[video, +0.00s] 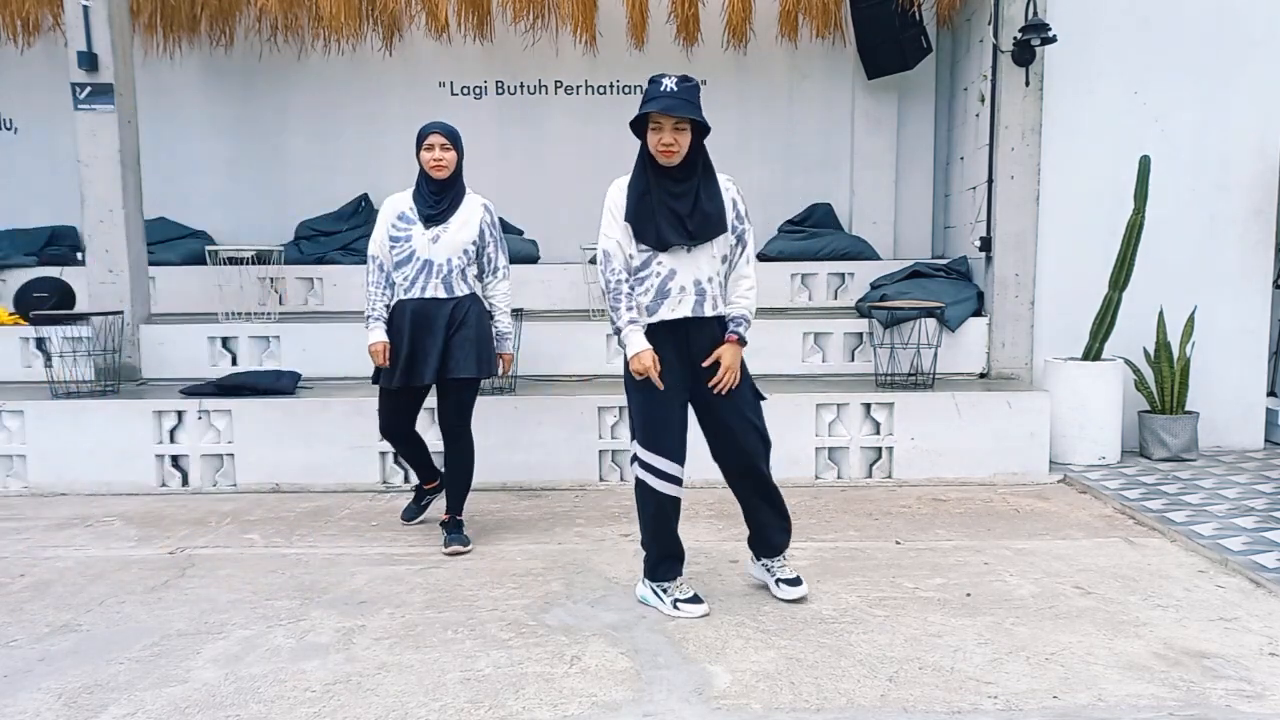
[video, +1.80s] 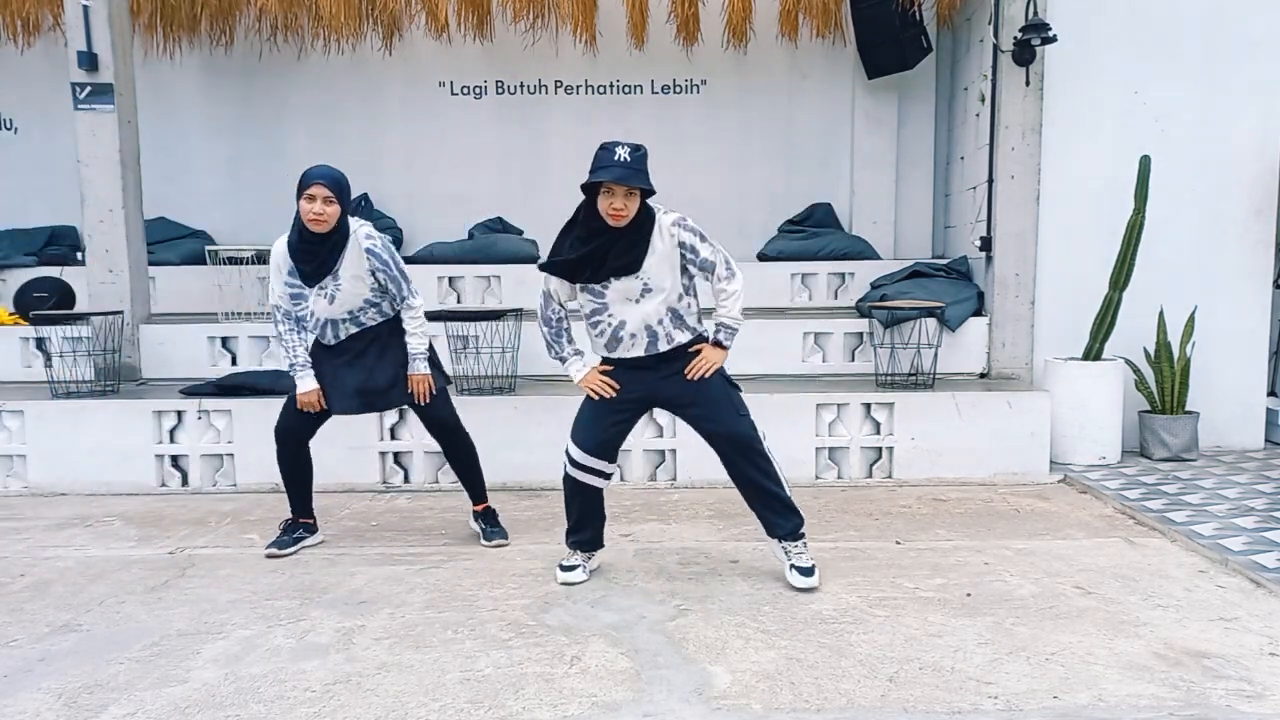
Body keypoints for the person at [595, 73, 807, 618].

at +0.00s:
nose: (668, 138)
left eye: (680, 128)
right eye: (659, 127)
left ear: (696, 132)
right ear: (643, 131)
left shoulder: (723, 191)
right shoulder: (624, 194)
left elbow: (744, 269)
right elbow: (614, 277)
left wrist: (736, 338)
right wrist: (635, 341)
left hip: (714, 337)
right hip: (653, 341)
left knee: (749, 446)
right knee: (659, 461)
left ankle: (770, 554)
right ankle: (660, 578)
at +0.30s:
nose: (710, 148)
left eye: (719, 137)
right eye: (705, 138)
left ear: (750, 136)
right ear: (702, 138)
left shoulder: (796, 193)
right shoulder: (699, 194)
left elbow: (818, 273)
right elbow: (685, 277)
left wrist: (789, 341)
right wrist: (713, 338)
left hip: (776, 342)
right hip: (712, 341)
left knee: (783, 460)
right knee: (697, 458)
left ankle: (797, 563)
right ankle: (678, 571)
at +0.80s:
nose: (766, 169)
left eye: (777, 158)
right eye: (757, 158)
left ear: (793, 163)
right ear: (741, 161)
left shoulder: (812, 221)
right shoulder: (713, 213)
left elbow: (826, 292)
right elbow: (685, 287)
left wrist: (784, 348)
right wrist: (708, 354)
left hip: (774, 352)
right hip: (710, 347)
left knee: (791, 453)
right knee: (663, 443)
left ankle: (800, 562)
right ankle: (621, 539)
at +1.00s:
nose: (711, 223)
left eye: (721, 212)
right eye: (700, 212)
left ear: (737, 214)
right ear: (687, 216)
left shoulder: (759, 267)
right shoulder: (664, 267)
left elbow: (782, 335)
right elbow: (642, 339)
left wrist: (739, 384)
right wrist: (670, 399)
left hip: (738, 392)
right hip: (671, 391)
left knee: (776, 465)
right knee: (620, 461)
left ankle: (799, 564)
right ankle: (583, 548)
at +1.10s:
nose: (658, 220)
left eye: (668, 209)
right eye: (648, 210)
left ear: (684, 211)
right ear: (634, 213)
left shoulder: (712, 255)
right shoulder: (616, 267)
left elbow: (747, 322)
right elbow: (612, 343)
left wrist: (714, 383)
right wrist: (647, 398)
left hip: (714, 387)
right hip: (647, 391)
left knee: (756, 462)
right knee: (600, 465)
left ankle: (796, 562)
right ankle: (584, 549)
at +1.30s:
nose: (599, 175)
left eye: (609, 164)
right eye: (589, 164)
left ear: (624, 165)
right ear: (574, 166)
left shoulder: (656, 207)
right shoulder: (566, 232)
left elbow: (691, 273)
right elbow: (573, 309)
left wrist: (683, 345)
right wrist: (608, 359)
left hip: (676, 346)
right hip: (613, 356)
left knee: (733, 441)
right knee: (588, 455)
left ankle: (797, 534)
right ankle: (581, 548)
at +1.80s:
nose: (617, 204)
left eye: (628, 194)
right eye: (608, 193)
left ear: (643, 194)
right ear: (593, 192)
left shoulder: (671, 230)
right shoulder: (573, 248)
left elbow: (727, 274)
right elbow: (552, 317)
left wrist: (721, 339)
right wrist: (579, 367)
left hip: (685, 362)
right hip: (616, 371)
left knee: (741, 440)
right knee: (582, 457)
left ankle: (790, 538)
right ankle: (582, 547)